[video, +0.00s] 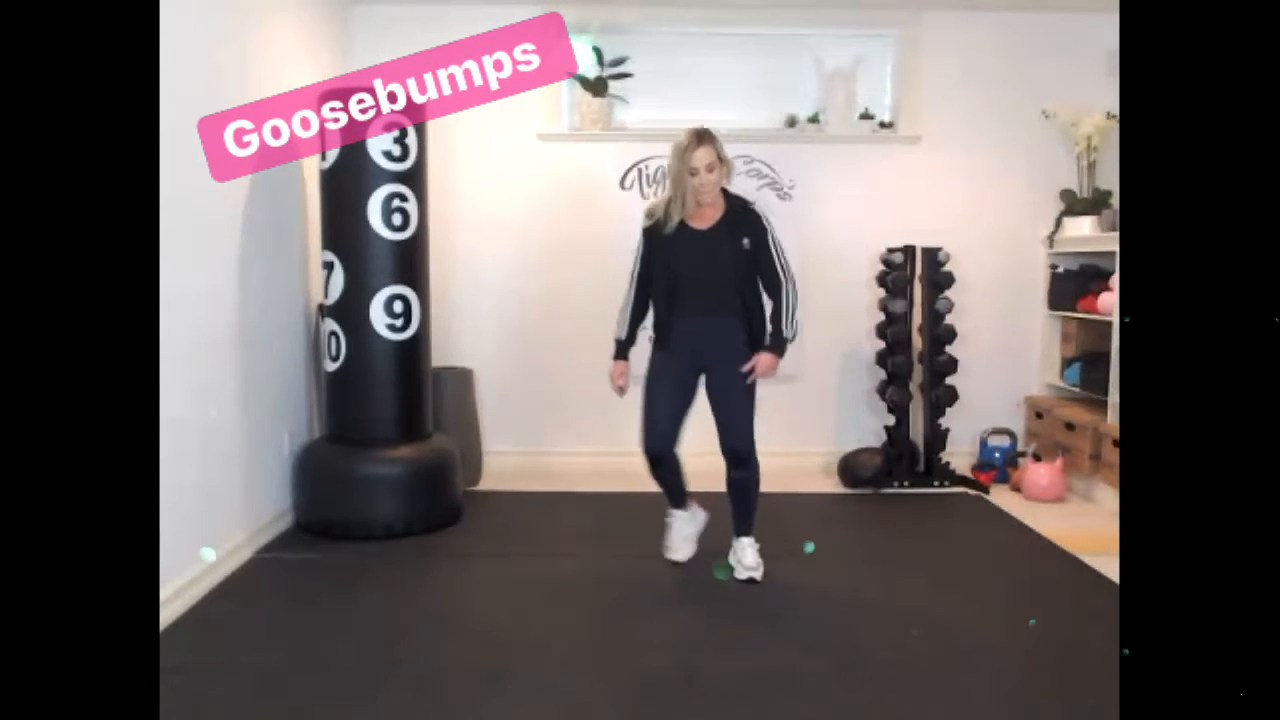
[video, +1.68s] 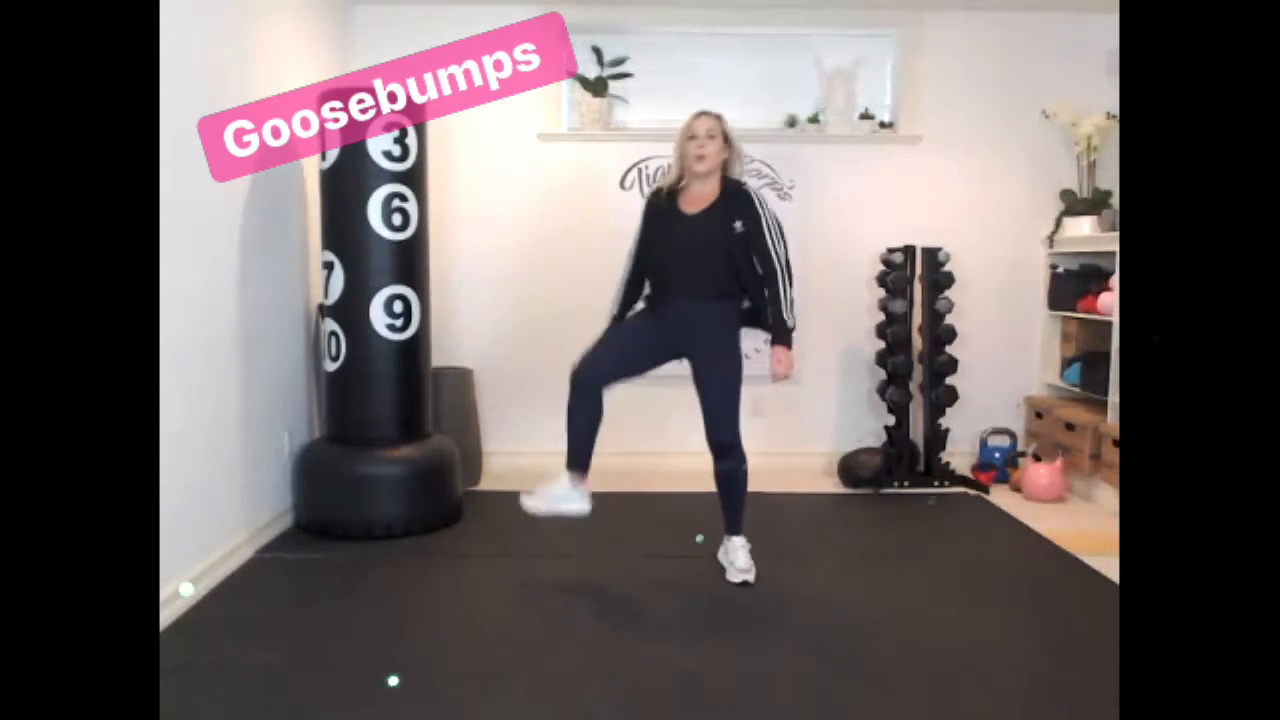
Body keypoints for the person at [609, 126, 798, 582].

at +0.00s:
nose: (705, 178)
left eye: (712, 168)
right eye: (695, 171)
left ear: (723, 168)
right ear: (680, 175)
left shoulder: (746, 218)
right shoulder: (660, 223)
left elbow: (782, 283)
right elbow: (640, 289)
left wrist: (777, 346)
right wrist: (621, 351)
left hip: (732, 347)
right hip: (674, 347)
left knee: (739, 451)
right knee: (656, 445)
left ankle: (744, 540)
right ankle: (683, 512)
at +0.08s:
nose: (694, 171)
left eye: (700, 162)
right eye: (683, 165)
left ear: (712, 160)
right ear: (670, 168)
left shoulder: (736, 207)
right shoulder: (652, 215)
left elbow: (774, 272)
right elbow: (632, 282)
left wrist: (768, 334)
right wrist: (609, 345)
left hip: (721, 341)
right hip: (663, 339)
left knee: (733, 445)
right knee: (630, 434)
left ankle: (744, 539)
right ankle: (638, 512)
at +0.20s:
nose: (679, 176)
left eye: (685, 165)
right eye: (669, 170)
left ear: (697, 162)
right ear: (654, 174)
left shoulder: (723, 213)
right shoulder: (636, 223)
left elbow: (756, 280)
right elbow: (619, 290)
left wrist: (750, 341)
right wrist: (595, 350)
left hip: (709, 343)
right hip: (649, 342)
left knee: (728, 449)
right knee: (610, 439)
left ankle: (743, 540)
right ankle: (578, 527)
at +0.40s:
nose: (634, 189)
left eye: (639, 179)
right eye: (624, 182)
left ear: (648, 180)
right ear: (606, 187)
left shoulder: (667, 234)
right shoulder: (583, 240)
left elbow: (691, 304)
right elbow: (559, 305)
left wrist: (715, 371)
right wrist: (532, 368)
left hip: (658, 361)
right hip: (598, 362)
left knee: (698, 454)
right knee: (563, 458)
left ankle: (739, 539)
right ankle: (541, 540)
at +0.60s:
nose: (601, 170)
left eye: (606, 161)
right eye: (592, 162)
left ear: (611, 162)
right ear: (570, 164)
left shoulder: (623, 211)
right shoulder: (541, 216)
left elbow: (640, 281)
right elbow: (513, 284)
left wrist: (655, 338)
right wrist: (493, 354)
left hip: (627, 334)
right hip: (571, 340)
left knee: (693, 408)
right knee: (557, 448)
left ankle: (718, 503)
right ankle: (539, 540)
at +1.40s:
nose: (640, 177)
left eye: (648, 170)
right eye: (631, 170)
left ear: (661, 182)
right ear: (617, 180)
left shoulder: (675, 239)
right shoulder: (594, 236)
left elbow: (692, 309)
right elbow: (569, 304)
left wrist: (712, 376)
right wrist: (545, 370)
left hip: (663, 360)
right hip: (604, 361)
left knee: (702, 456)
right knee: (574, 461)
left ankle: (728, 543)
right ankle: (541, 540)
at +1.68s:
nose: (700, 145)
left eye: (710, 138)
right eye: (692, 138)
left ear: (726, 149)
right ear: (681, 149)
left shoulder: (741, 200)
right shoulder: (660, 202)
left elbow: (773, 268)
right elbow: (638, 271)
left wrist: (781, 338)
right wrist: (615, 329)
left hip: (715, 328)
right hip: (660, 323)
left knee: (724, 439)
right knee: (587, 375)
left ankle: (734, 539)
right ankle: (574, 485)